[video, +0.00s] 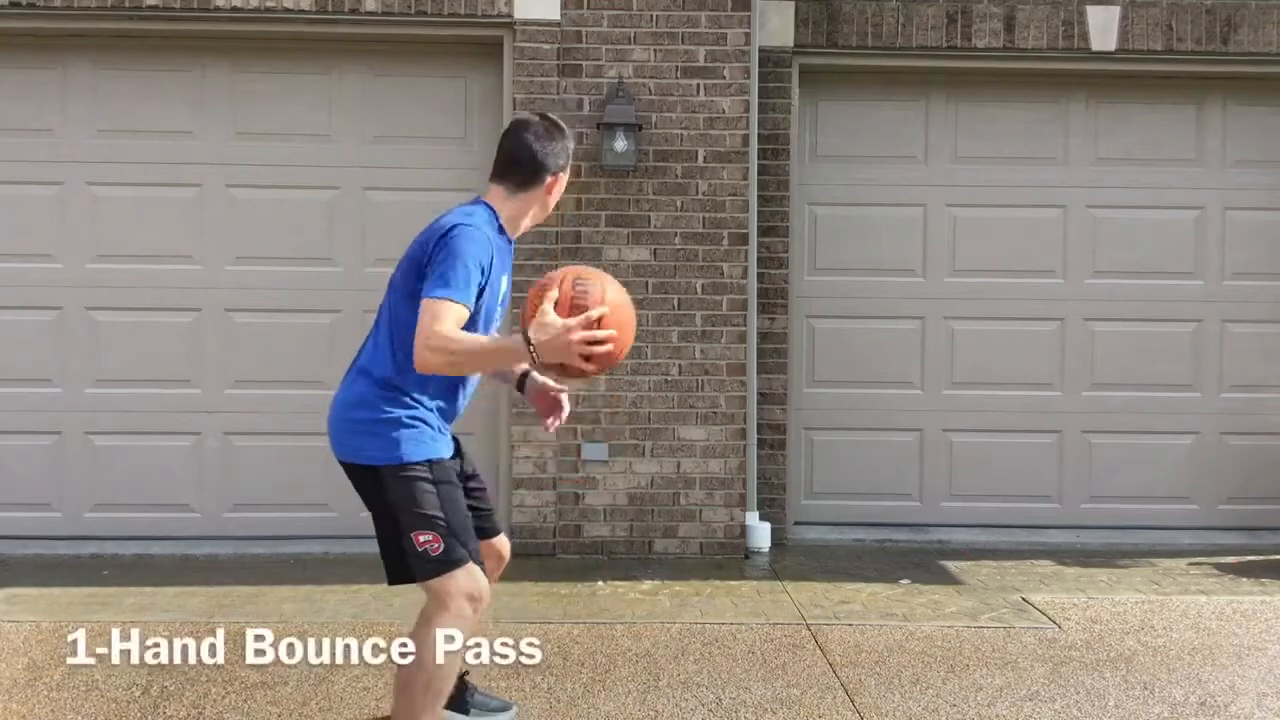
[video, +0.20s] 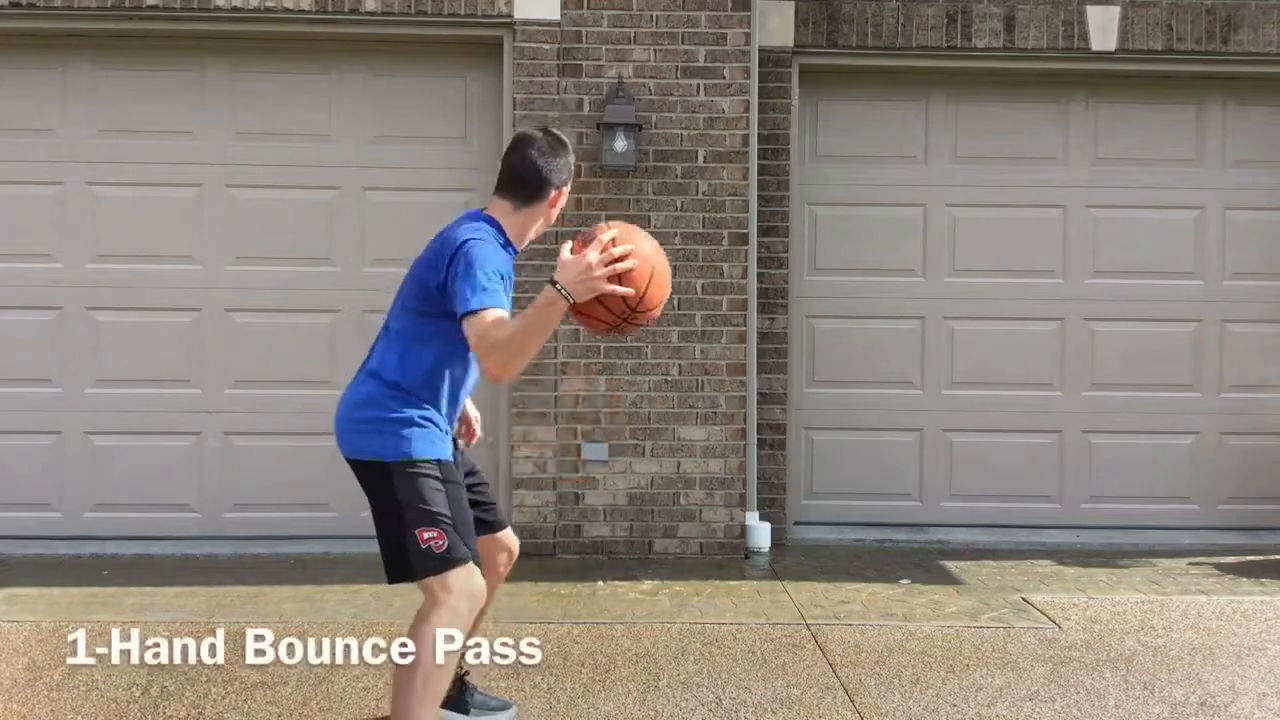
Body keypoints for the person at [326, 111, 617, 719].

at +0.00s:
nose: (561, 196)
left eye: (565, 184)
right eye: (566, 183)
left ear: (498, 168)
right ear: (554, 185)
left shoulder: (494, 246)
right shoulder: (467, 237)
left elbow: (474, 340)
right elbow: (431, 347)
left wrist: (524, 376)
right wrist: (529, 346)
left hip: (425, 424)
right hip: (387, 425)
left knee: (490, 552)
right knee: (460, 595)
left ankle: (443, 682)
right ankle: (409, 712)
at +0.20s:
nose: (564, 203)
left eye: (565, 193)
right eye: (567, 192)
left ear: (501, 178)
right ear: (557, 196)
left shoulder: (482, 240)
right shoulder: (477, 246)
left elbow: (424, 329)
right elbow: (499, 361)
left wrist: (454, 396)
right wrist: (562, 289)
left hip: (427, 424)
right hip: (394, 426)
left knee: (498, 549)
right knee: (458, 587)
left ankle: (441, 683)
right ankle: (409, 711)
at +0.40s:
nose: (555, 205)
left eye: (556, 194)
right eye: (557, 194)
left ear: (492, 181)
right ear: (548, 198)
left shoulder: (440, 230)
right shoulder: (513, 275)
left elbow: (387, 319)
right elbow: (560, 385)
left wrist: (449, 389)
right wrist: (606, 418)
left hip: (388, 415)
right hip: (402, 426)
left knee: (495, 540)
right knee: (461, 589)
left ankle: (443, 679)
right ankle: (411, 710)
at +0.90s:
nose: (547, 177)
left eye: (543, 168)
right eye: (546, 169)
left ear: (479, 172)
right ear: (538, 178)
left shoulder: (439, 229)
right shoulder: (523, 249)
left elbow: (377, 328)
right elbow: (575, 360)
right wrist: (613, 330)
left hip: (383, 420)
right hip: (424, 426)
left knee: (501, 542)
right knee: (485, 594)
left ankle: (431, 691)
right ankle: (439, 711)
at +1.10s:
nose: (545, 156)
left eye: (544, 145)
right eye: (543, 145)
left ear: (475, 154)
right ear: (529, 155)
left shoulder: (447, 212)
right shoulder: (525, 222)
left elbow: (391, 313)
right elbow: (641, 267)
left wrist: (459, 389)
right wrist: (707, 207)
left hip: (393, 411)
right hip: (420, 419)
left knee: (491, 542)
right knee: (475, 591)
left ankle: (428, 695)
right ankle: (434, 713)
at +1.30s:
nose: (557, 169)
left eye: (557, 160)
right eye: (558, 159)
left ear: (489, 158)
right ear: (549, 163)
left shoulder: (467, 216)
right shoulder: (508, 222)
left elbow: (404, 287)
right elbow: (623, 284)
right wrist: (712, 214)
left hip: (428, 417)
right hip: (415, 421)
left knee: (504, 547)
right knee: (465, 588)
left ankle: (434, 688)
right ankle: (429, 713)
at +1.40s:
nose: (573, 192)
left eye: (571, 181)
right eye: (574, 181)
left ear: (509, 173)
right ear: (566, 187)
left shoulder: (484, 230)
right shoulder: (499, 245)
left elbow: (404, 283)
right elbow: (576, 345)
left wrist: (405, 363)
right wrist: (648, 278)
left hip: (440, 425)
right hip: (418, 426)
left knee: (513, 551)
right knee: (475, 591)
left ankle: (430, 689)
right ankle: (432, 710)